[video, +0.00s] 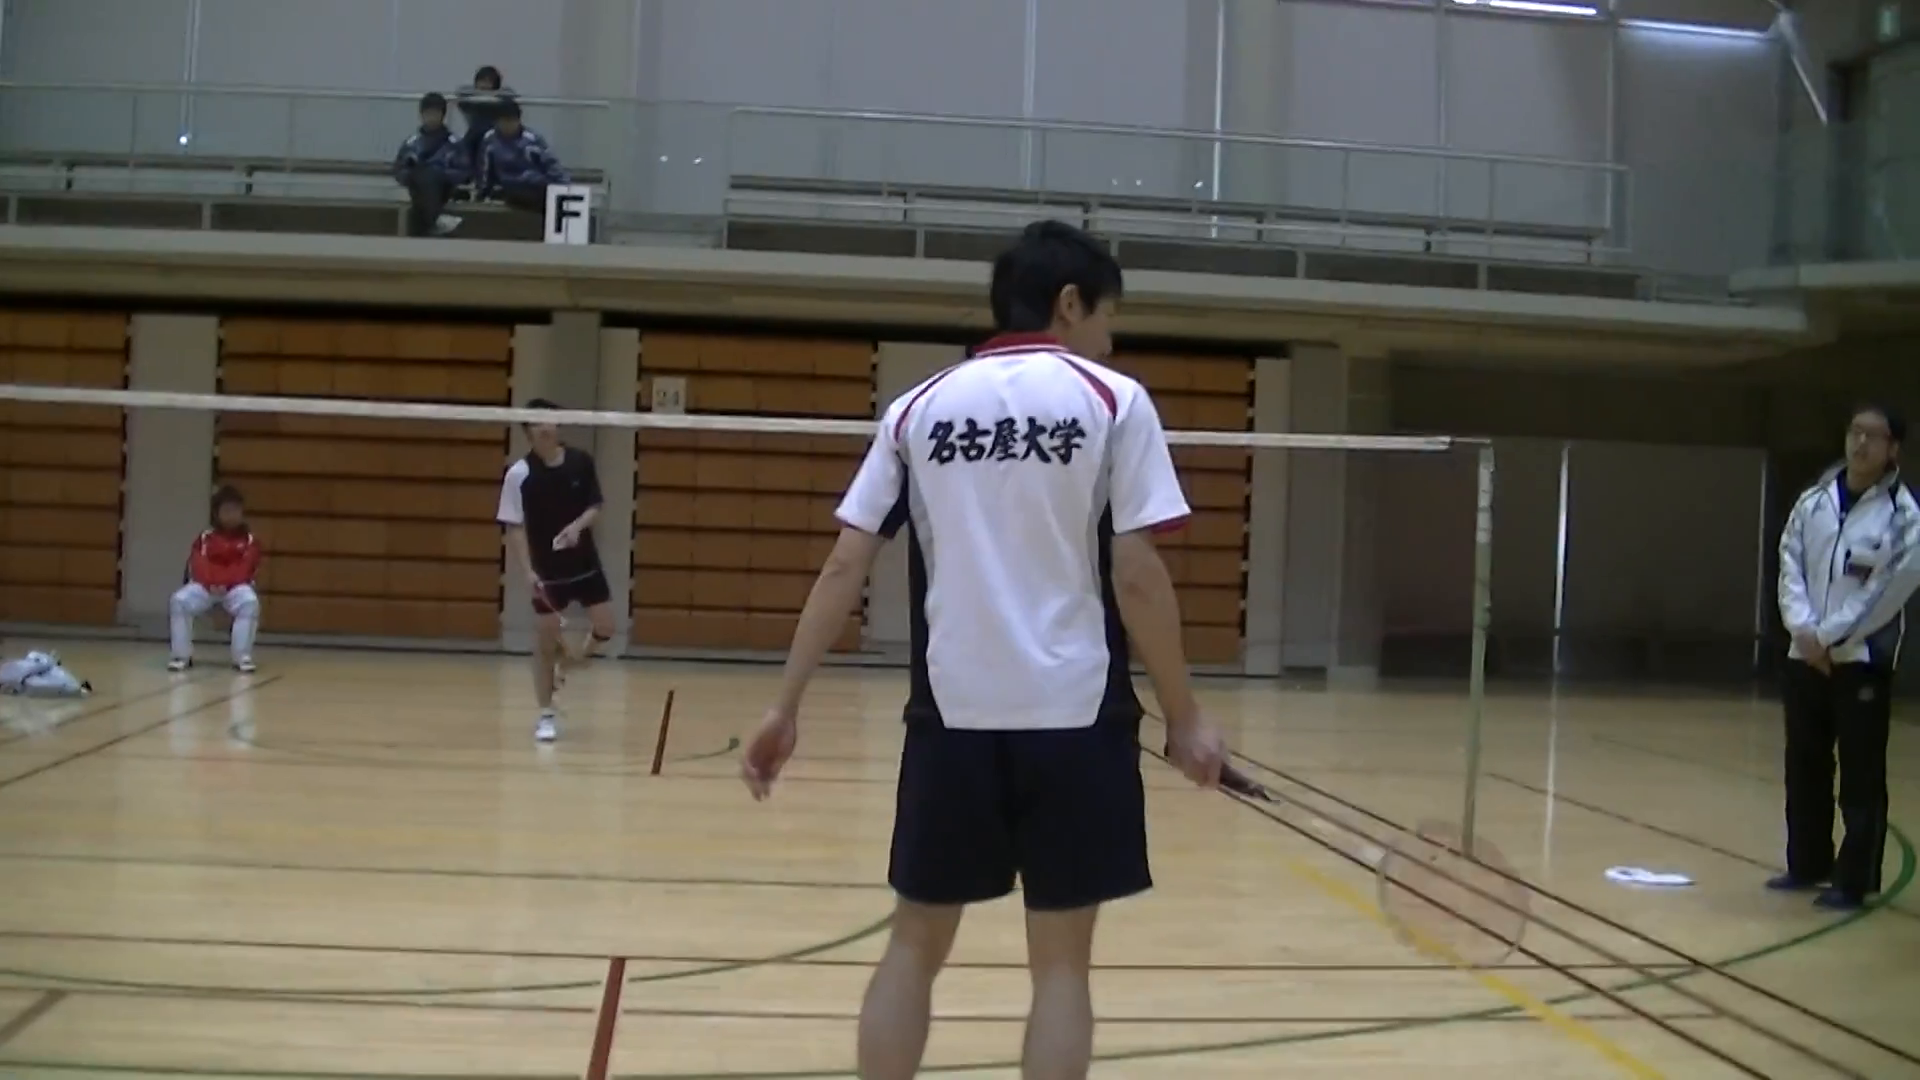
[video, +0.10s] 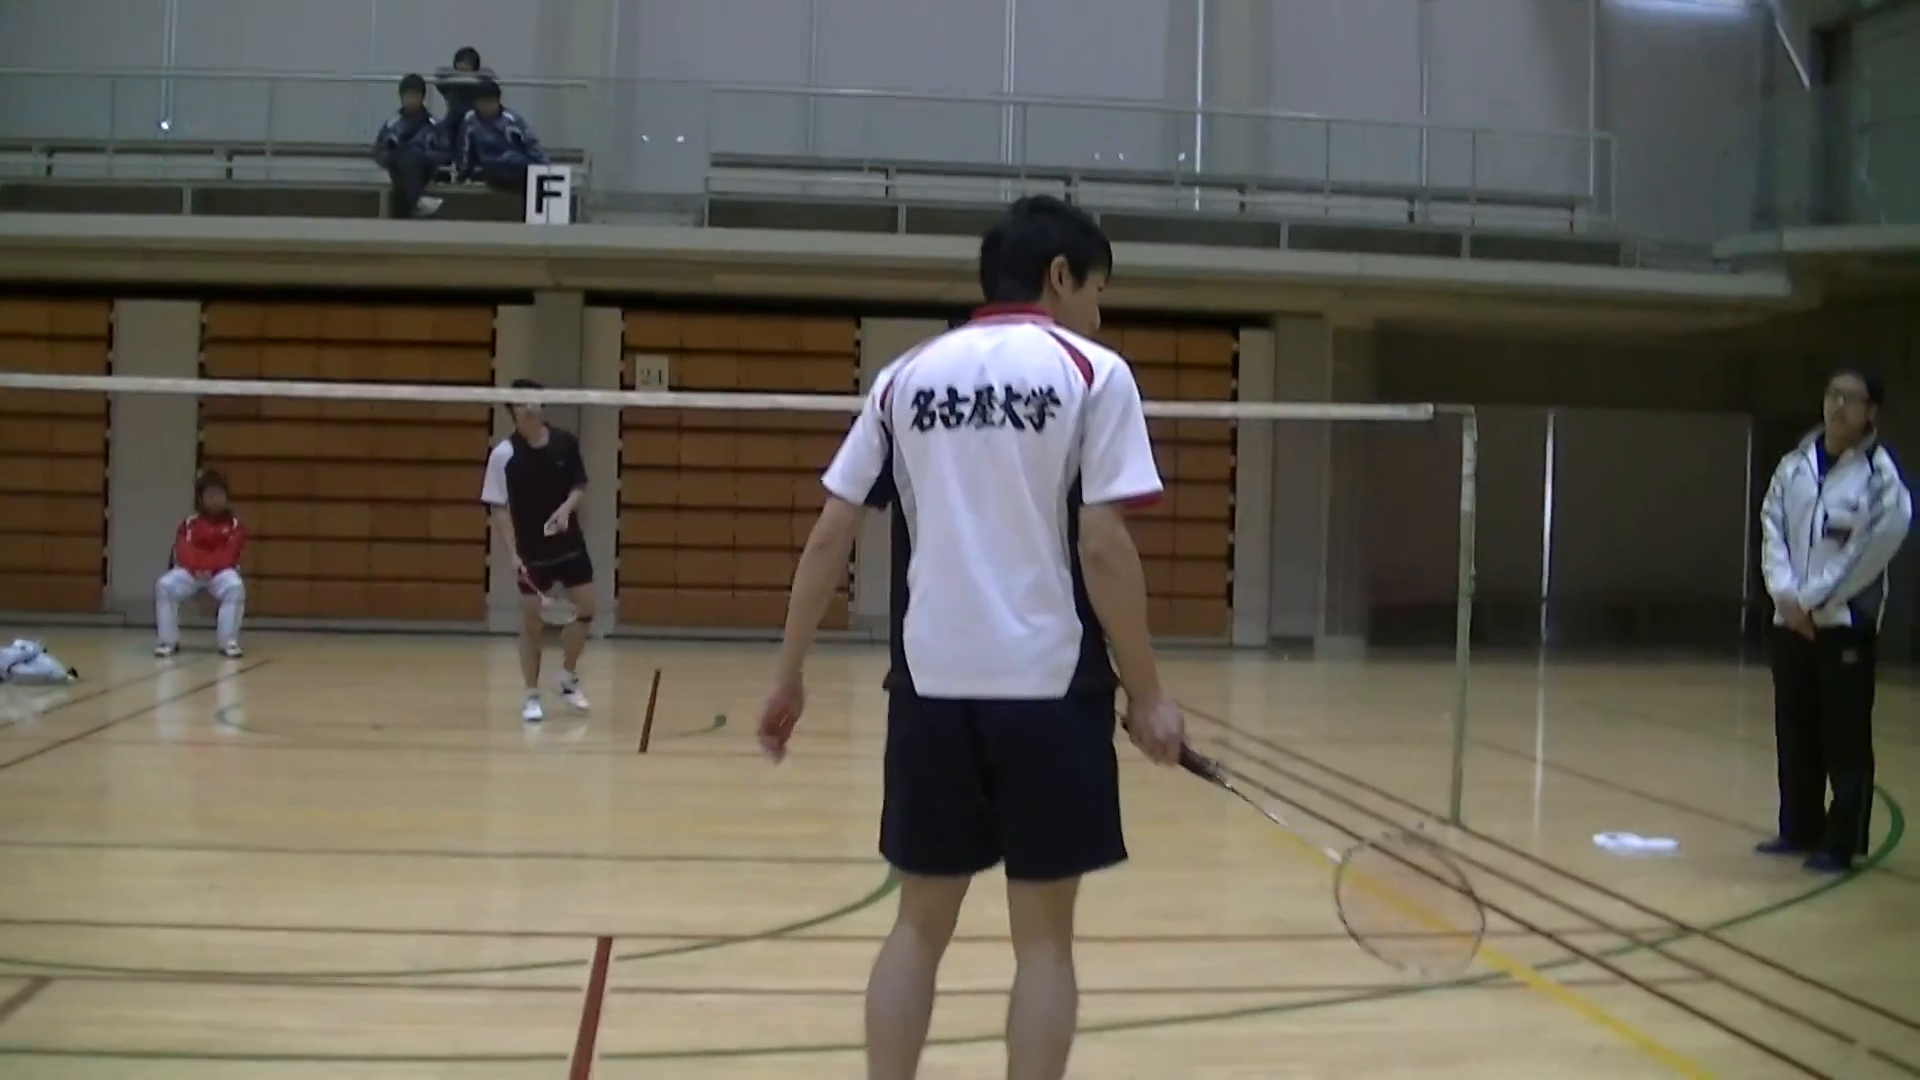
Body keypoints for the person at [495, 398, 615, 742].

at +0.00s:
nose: (549, 434)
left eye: (552, 427)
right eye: (540, 429)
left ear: (558, 428)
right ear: (528, 433)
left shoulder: (581, 462)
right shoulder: (518, 474)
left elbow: (596, 505)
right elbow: (514, 528)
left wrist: (577, 526)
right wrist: (528, 572)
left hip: (583, 558)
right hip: (545, 565)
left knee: (606, 627)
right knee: (547, 638)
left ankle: (575, 658)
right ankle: (546, 713)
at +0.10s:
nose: (527, 412)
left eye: (531, 405)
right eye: (520, 407)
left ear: (541, 406)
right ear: (511, 412)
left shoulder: (565, 443)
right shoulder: (503, 455)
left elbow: (580, 485)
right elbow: (499, 509)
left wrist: (564, 509)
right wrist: (512, 554)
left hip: (568, 542)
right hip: (530, 548)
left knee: (587, 608)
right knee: (533, 620)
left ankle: (568, 677)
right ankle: (532, 694)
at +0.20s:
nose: (522, 383)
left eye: (526, 376)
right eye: (515, 378)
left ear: (536, 378)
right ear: (505, 383)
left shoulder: (558, 414)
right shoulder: (497, 427)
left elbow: (573, 457)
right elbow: (492, 485)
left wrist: (562, 483)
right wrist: (503, 536)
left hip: (561, 516)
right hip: (523, 522)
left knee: (574, 589)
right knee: (525, 595)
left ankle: (588, 657)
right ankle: (528, 669)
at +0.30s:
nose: (537, 357)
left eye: (541, 351)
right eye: (530, 353)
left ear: (550, 355)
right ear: (518, 359)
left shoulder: (569, 390)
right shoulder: (508, 404)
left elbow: (583, 434)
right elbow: (501, 463)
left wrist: (575, 460)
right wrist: (504, 513)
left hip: (572, 490)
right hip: (534, 497)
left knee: (594, 559)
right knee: (534, 573)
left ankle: (602, 632)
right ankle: (537, 646)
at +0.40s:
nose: (574, 351)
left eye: (577, 344)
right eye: (566, 345)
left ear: (584, 347)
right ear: (553, 351)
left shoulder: (601, 384)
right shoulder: (543, 395)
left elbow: (613, 428)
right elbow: (531, 454)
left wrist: (607, 455)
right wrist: (531, 505)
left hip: (602, 482)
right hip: (565, 488)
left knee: (627, 549)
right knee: (567, 564)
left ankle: (629, 625)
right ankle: (565, 637)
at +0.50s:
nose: (628, 348)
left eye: (633, 341)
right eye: (621, 342)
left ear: (641, 343)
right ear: (609, 347)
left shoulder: (657, 380)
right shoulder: (597, 387)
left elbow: (667, 426)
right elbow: (586, 447)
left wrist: (661, 455)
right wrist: (582, 498)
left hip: (655, 476)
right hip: (618, 481)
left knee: (675, 545)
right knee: (617, 556)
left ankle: (681, 625)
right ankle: (614, 632)